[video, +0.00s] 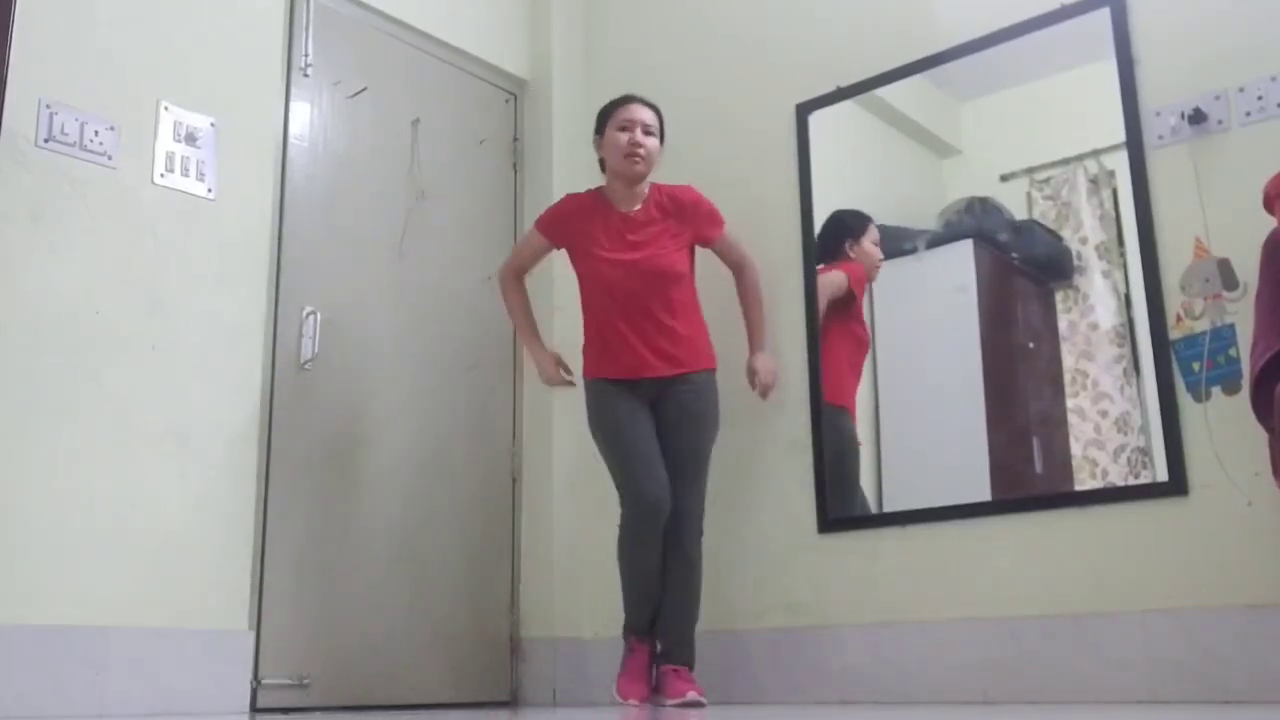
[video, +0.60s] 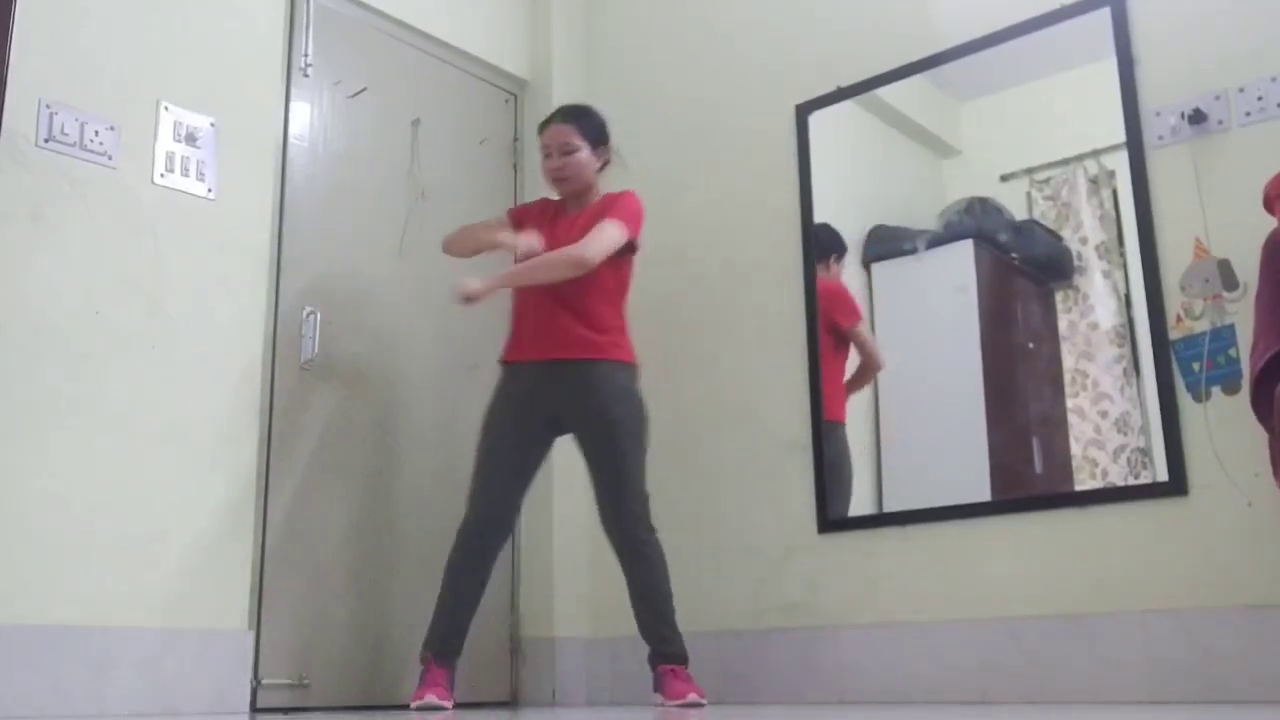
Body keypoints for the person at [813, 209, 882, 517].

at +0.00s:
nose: (881, 254)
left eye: (879, 245)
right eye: (875, 244)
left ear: (852, 246)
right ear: (851, 247)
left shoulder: (826, 274)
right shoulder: (854, 270)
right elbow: (823, 285)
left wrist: (849, 428)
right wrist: (811, 339)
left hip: (833, 411)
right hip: (832, 410)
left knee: (851, 506)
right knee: (845, 509)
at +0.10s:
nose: (877, 255)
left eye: (876, 246)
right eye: (872, 245)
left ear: (846, 248)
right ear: (850, 247)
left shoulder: (820, 276)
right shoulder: (849, 274)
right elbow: (831, 320)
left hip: (820, 415)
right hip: (837, 415)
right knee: (849, 514)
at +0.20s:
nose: (871, 259)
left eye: (870, 250)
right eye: (867, 249)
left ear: (832, 250)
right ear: (846, 250)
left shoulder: (807, 279)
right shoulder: (846, 280)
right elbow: (852, 357)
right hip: (831, 420)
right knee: (854, 521)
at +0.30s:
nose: (865, 255)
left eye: (863, 246)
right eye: (861, 246)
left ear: (821, 246)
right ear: (844, 248)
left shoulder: (805, 276)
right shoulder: (844, 278)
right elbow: (879, 360)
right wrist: (899, 389)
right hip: (833, 413)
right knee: (853, 509)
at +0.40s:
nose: (861, 254)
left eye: (861, 246)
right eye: (859, 245)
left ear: (818, 240)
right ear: (843, 243)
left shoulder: (801, 272)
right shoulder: (846, 274)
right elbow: (895, 342)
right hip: (833, 414)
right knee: (843, 519)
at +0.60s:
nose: (839, 272)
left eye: (840, 265)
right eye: (840, 264)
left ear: (805, 256)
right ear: (832, 259)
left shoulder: (786, 286)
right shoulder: (829, 289)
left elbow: (870, 360)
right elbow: (873, 359)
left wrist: (840, 389)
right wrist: (843, 390)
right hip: (825, 419)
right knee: (834, 509)